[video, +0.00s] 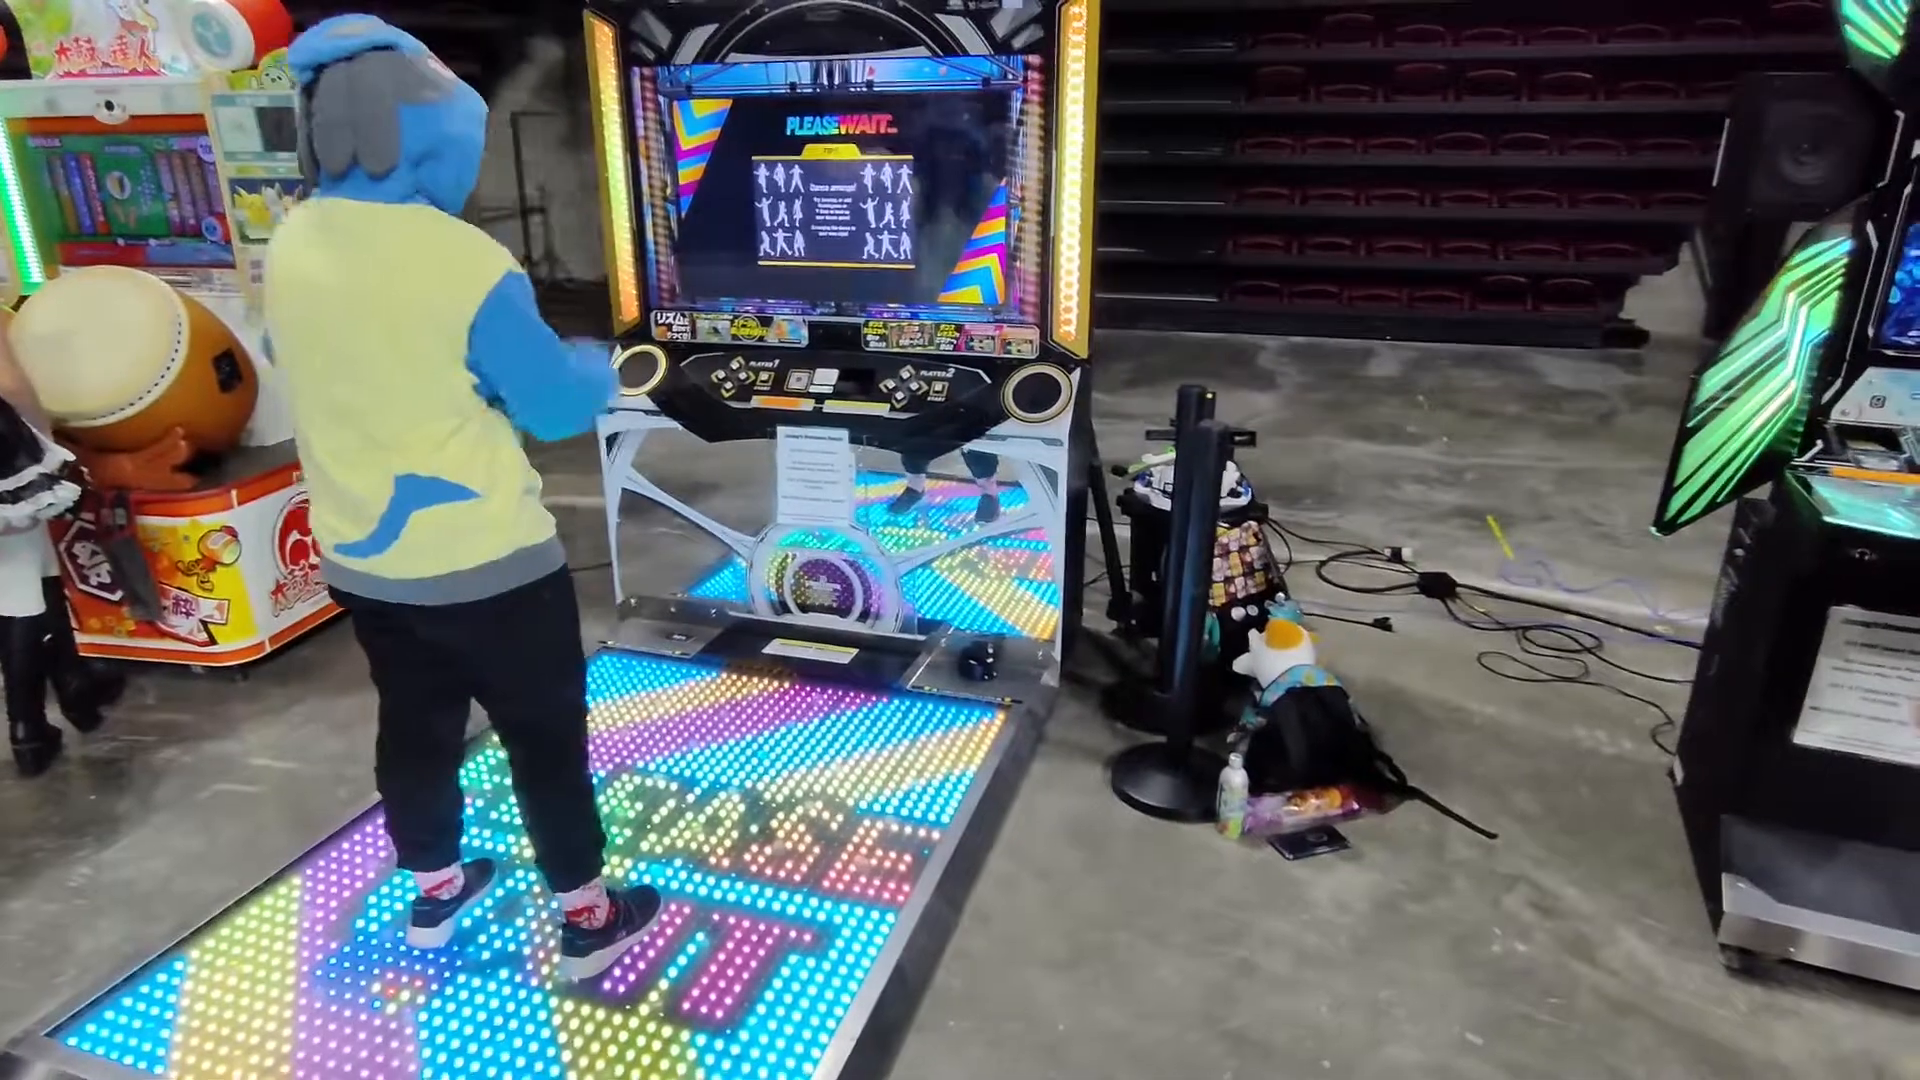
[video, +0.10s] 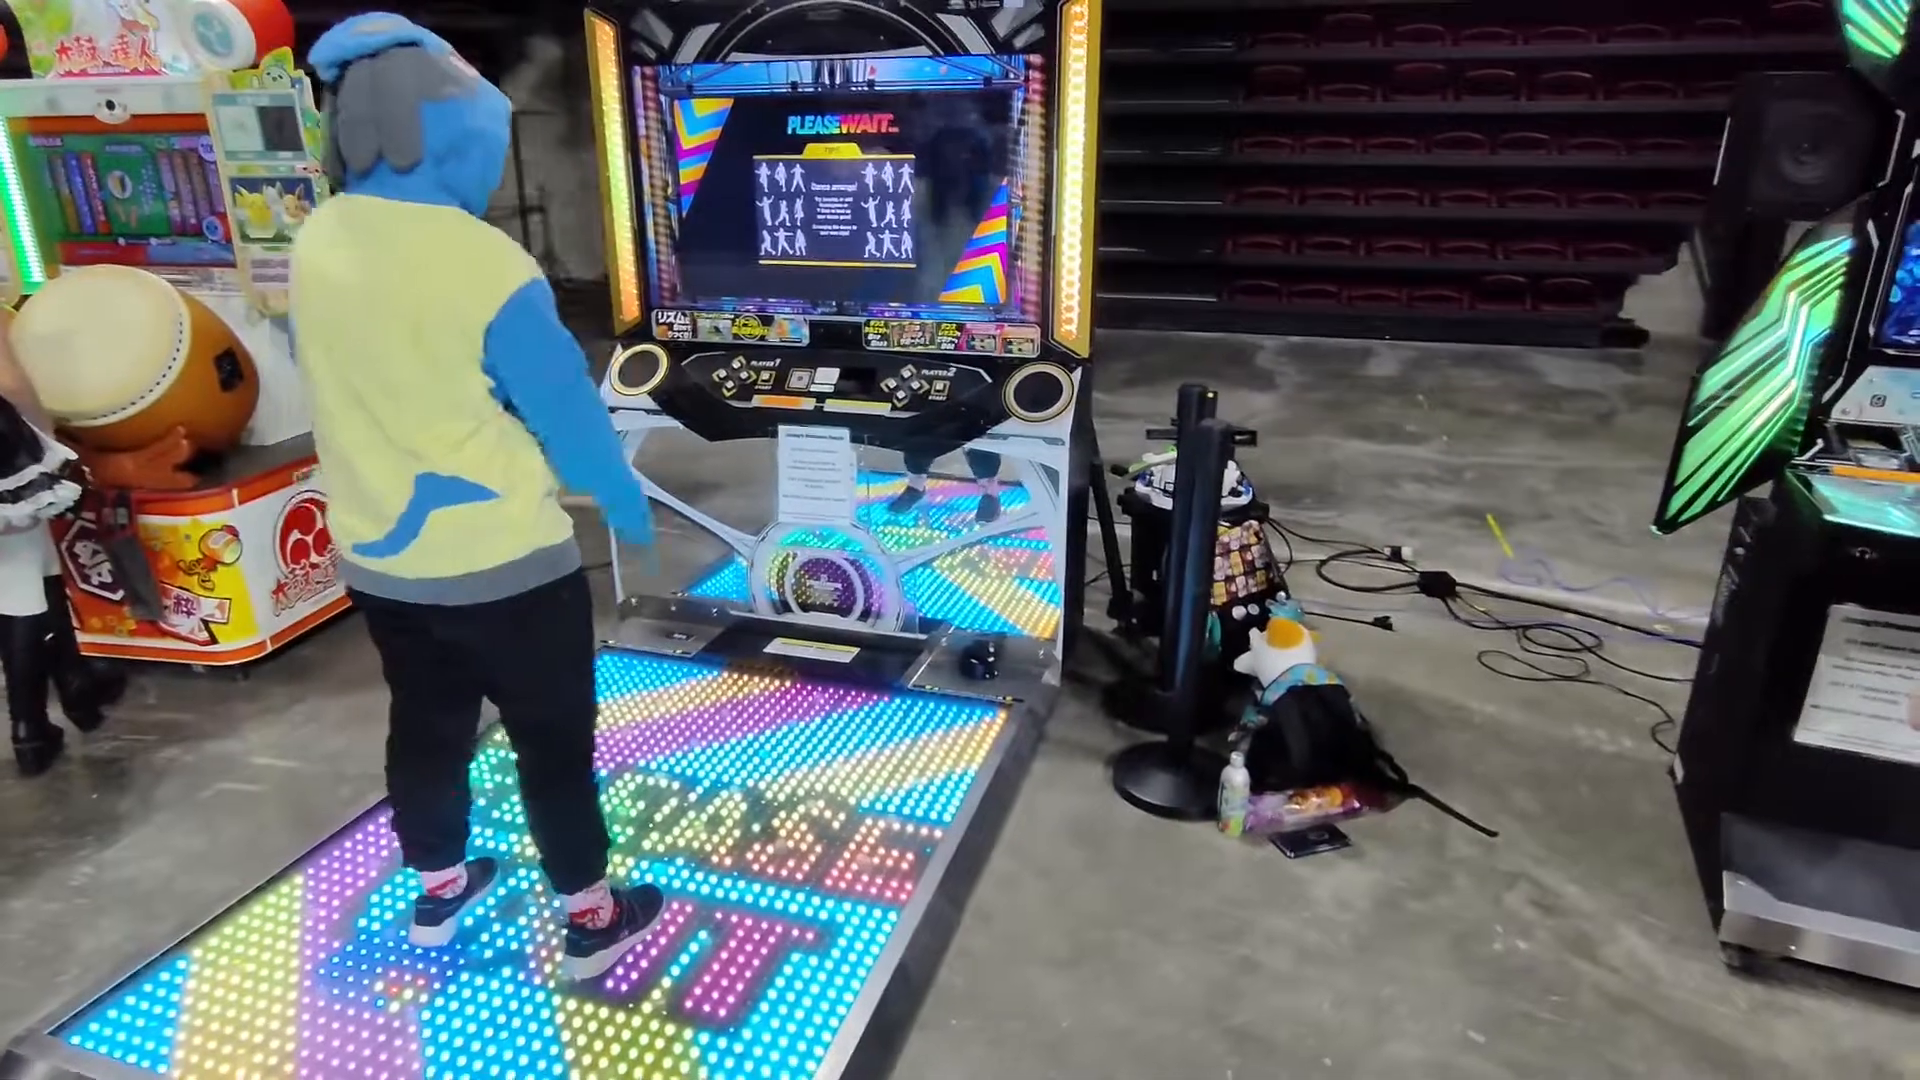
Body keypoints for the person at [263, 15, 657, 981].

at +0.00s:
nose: (465, 148)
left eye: (458, 127)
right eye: (454, 129)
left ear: (335, 138)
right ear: (422, 137)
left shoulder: (293, 246)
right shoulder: (466, 267)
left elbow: (341, 366)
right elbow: (552, 399)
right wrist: (604, 372)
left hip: (363, 568)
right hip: (490, 568)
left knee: (415, 719)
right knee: (546, 734)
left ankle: (432, 881)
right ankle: (583, 911)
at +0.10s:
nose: (486, 143)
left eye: (478, 122)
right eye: (473, 123)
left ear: (358, 134)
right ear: (440, 132)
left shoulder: (319, 242)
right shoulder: (486, 267)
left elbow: (338, 378)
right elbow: (569, 412)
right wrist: (623, 502)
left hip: (382, 567)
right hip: (508, 568)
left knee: (427, 720)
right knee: (554, 738)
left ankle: (437, 880)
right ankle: (587, 913)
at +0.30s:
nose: (545, 137)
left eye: (538, 117)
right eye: (530, 118)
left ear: (422, 131)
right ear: (488, 129)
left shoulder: (385, 229)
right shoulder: (531, 274)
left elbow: (385, 367)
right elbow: (593, 460)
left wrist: (312, 445)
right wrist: (638, 591)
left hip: (425, 572)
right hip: (536, 577)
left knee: (455, 713)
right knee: (574, 736)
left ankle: (445, 876)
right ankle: (595, 909)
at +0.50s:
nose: (554, 132)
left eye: (548, 113)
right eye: (539, 114)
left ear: (442, 129)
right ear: (500, 123)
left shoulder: (398, 239)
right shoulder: (546, 243)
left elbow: (387, 399)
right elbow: (625, 401)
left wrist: (398, 526)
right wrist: (681, 536)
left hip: (455, 555)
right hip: (567, 557)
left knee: (497, 693)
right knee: (596, 727)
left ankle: (466, 856)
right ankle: (603, 904)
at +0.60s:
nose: (559, 128)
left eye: (554, 109)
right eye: (544, 109)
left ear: (439, 125)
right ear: (500, 116)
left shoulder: (393, 241)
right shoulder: (548, 236)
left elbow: (416, 382)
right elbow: (670, 362)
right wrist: (737, 479)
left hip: (448, 558)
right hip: (564, 554)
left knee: (506, 692)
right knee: (600, 722)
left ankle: (474, 853)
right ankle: (605, 904)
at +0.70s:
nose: (559, 145)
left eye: (557, 127)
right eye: (547, 126)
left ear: (438, 131)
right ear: (503, 122)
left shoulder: (388, 238)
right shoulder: (551, 237)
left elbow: (395, 384)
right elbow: (693, 342)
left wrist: (564, 395)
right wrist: (812, 421)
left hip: (436, 554)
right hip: (555, 556)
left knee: (496, 686)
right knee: (604, 715)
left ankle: (472, 851)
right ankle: (603, 897)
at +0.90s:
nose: (561, 137)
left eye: (552, 117)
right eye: (548, 118)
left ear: (432, 129)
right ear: (520, 125)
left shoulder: (358, 242)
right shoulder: (560, 247)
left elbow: (310, 380)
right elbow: (697, 358)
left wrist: (333, 487)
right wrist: (860, 397)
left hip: (399, 554)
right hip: (540, 556)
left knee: (445, 710)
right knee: (623, 688)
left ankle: (457, 865)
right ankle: (580, 867)